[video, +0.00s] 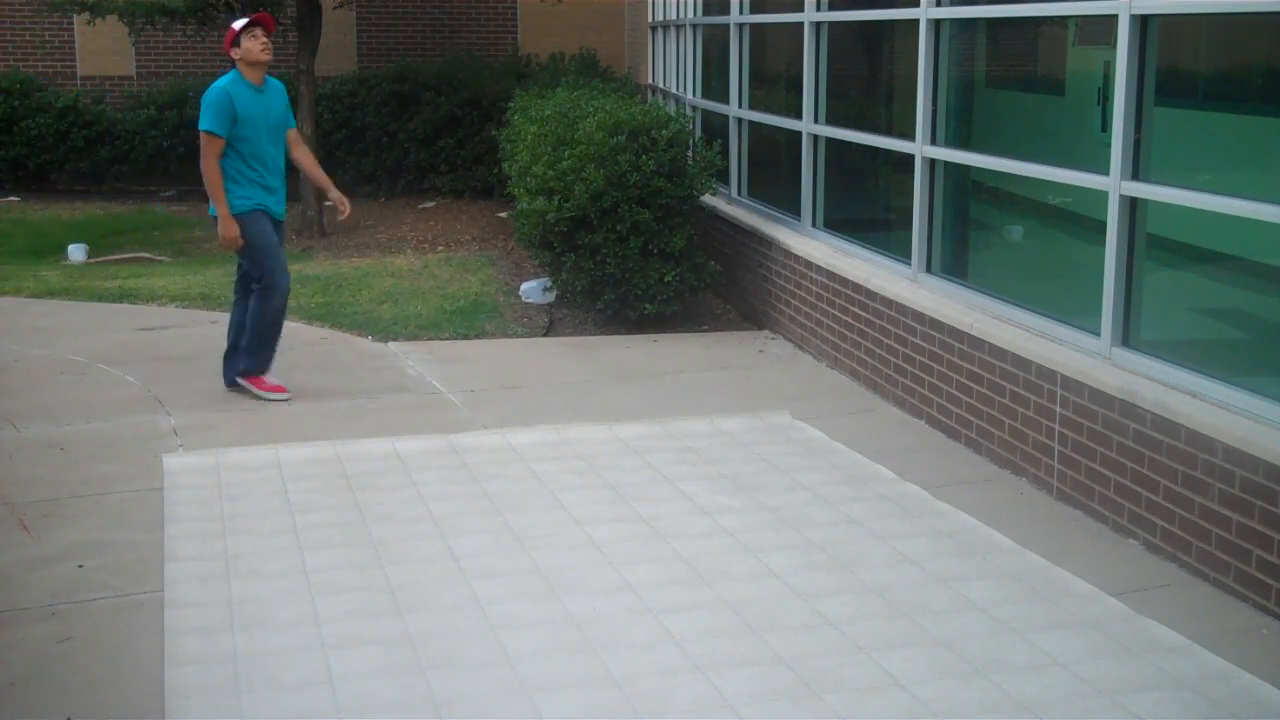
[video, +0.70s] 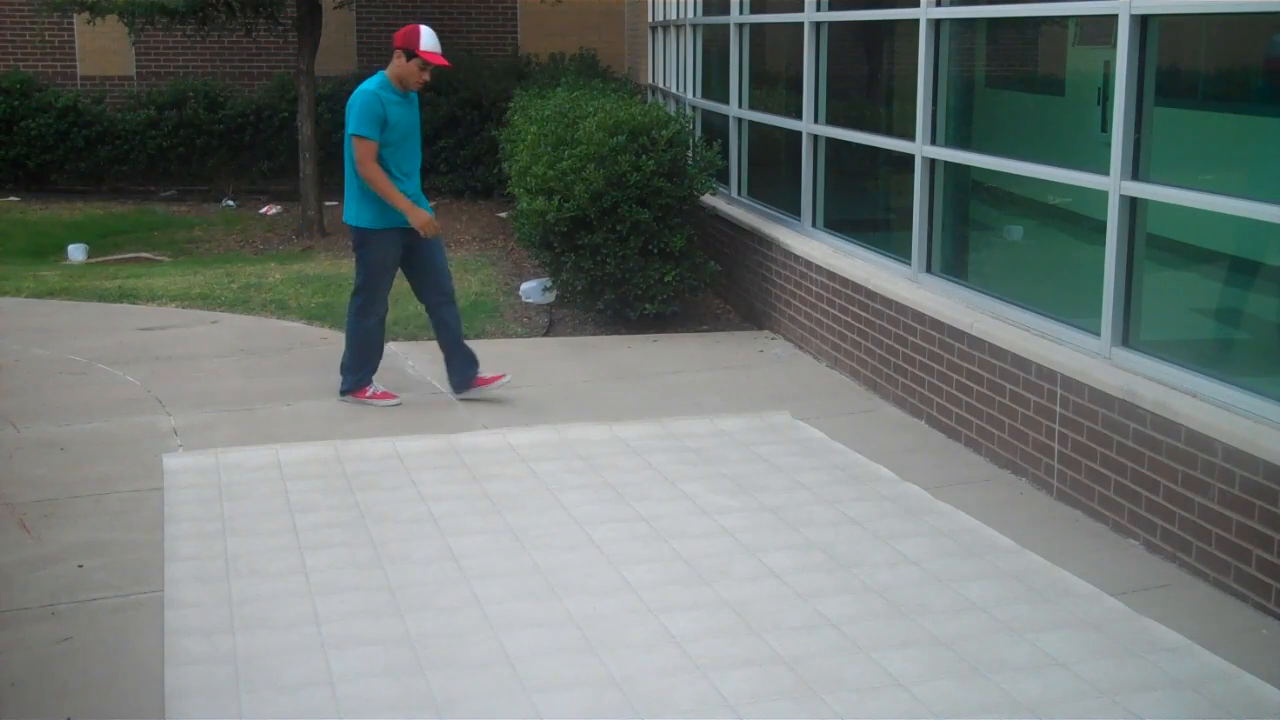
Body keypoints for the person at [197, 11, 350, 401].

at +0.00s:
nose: (264, 42)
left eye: (266, 37)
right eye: (253, 38)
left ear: (270, 48)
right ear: (235, 52)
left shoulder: (276, 90)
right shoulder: (221, 94)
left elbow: (296, 146)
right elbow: (209, 160)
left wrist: (330, 188)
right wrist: (224, 215)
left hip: (273, 205)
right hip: (240, 205)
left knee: (250, 288)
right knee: (275, 281)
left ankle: (236, 372)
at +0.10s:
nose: (284, 43)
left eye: (285, 39)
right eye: (273, 40)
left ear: (290, 50)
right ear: (255, 55)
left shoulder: (298, 91)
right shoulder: (241, 96)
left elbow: (320, 147)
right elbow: (227, 162)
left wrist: (358, 179)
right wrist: (237, 220)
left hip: (289, 208)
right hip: (259, 208)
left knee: (260, 293)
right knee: (293, 286)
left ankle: (240, 372)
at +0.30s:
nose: (328, 52)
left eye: (329, 46)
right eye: (317, 47)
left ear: (332, 53)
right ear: (298, 58)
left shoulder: (337, 93)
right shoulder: (284, 102)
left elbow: (354, 150)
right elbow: (274, 170)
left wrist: (391, 190)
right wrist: (282, 230)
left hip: (334, 212)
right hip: (306, 215)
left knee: (313, 291)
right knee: (339, 292)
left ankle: (260, 355)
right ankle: (355, 382)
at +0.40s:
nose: (353, 57)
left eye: (355, 49)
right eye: (344, 50)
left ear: (355, 52)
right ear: (321, 54)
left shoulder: (353, 91)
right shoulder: (304, 100)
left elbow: (363, 150)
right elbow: (301, 170)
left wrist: (388, 198)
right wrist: (316, 228)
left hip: (360, 210)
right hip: (328, 215)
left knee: (366, 290)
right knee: (351, 298)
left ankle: (296, 339)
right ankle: (356, 383)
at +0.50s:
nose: (376, 66)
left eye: (380, 59)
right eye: (370, 58)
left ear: (378, 57)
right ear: (345, 53)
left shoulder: (369, 90)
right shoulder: (322, 96)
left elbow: (366, 150)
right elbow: (325, 168)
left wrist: (379, 203)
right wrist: (352, 220)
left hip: (378, 209)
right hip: (342, 215)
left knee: (400, 282)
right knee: (355, 298)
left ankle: (345, 338)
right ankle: (355, 383)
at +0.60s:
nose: (400, 72)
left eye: (404, 65)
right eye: (395, 62)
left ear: (387, 59)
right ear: (372, 54)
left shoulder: (386, 93)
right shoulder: (343, 95)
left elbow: (383, 154)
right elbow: (344, 166)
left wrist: (397, 205)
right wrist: (387, 213)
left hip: (397, 210)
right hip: (359, 219)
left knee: (425, 283)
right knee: (362, 301)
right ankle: (355, 383)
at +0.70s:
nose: (427, 78)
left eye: (431, 70)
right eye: (423, 68)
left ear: (411, 62)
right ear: (400, 57)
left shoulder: (409, 96)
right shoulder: (368, 97)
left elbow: (402, 158)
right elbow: (365, 166)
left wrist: (417, 202)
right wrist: (410, 210)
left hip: (413, 216)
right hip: (375, 221)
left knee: (440, 295)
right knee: (370, 304)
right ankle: (356, 383)